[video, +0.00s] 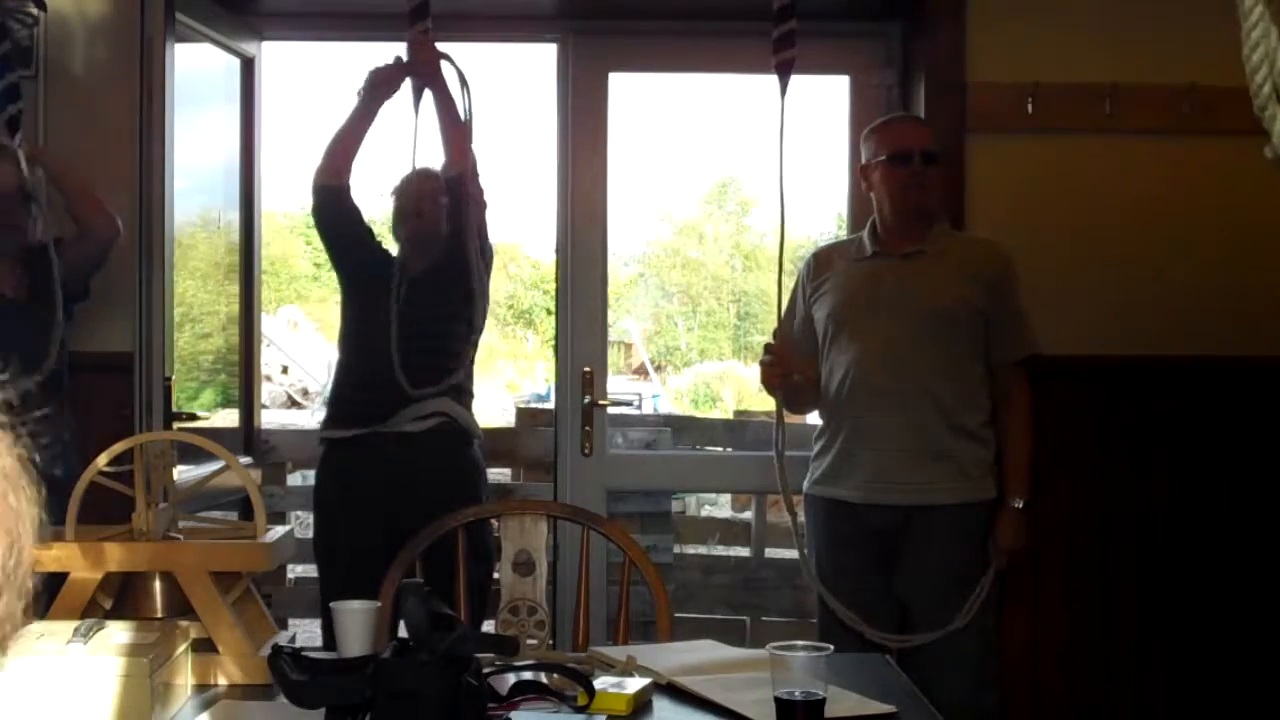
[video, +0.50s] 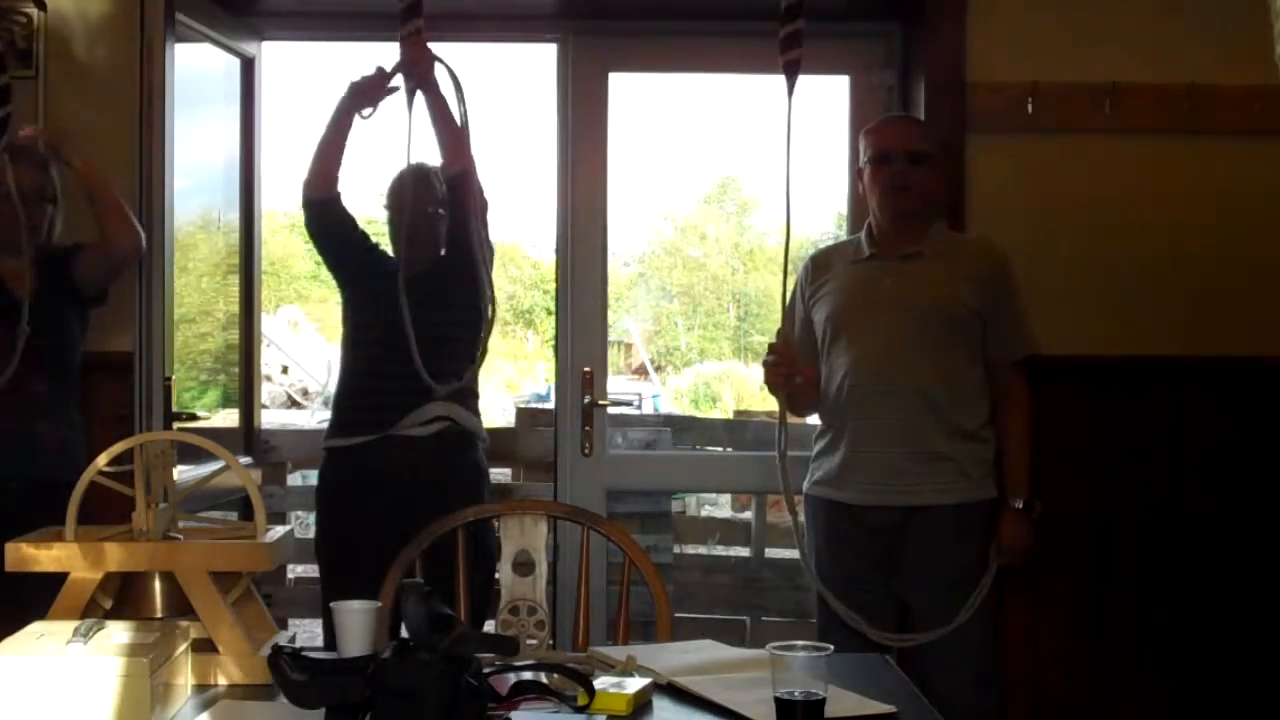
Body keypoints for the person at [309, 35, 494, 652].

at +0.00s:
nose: (423, 199)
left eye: (437, 192)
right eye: (411, 193)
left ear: (454, 214)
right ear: (395, 216)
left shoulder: (463, 277)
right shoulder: (367, 271)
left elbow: (463, 176)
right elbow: (328, 187)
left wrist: (435, 83)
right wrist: (372, 100)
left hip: (440, 460)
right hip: (354, 461)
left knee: (452, 624)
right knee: (353, 629)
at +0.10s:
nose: (422, 200)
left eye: (433, 193)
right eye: (408, 194)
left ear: (452, 214)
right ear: (390, 217)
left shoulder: (464, 278)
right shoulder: (366, 274)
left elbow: (463, 173)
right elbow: (329, 189)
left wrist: (436, 82)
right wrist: (368, 102)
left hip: (442, 464)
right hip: (356, 465)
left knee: (452, 633)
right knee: (355, 638)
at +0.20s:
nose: (428, 200)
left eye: (439, 193)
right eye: (413, 194)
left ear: (454, 214)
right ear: (391, 217)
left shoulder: (463, 277)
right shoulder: (366, 274)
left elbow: (464, 175)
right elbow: (328, 194)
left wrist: (436, 81)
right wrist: (365, 102)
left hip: (442, 463)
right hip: (357, 464)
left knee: (452, 632)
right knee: (355, 635)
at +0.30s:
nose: (423, 204)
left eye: (435, 196)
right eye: (407, 196)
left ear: (451, 215)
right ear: (388, 218)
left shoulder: (462, 277)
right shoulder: (365, 275)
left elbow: (464, 176)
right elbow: (327, 199)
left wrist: (434, 82)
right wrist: (363, 107)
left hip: (443, 464)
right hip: (357, 463)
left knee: (453, 631)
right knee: (355, 634)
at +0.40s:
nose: (421, 206)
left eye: (432, 197)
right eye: (406, 197)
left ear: (450, 215)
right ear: (387, 218)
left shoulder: (463, 280)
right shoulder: (366, 277)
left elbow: (462, 176)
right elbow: (325, 202)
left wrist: (429, 84)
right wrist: (358, 109)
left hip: (444, 468)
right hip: (358, 468)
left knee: (452, 637)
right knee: (356, 642)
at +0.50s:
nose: (423, 209)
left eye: (435, 199)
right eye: (409, 200)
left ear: (452, 215)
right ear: (391, 217)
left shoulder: (466, 280)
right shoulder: (366, 275)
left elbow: (461, 173)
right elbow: (320, 197)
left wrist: (427, 83)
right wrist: (349, 105)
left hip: (446, 468)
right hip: (359, 464)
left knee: (453, 635)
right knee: (357, 636)